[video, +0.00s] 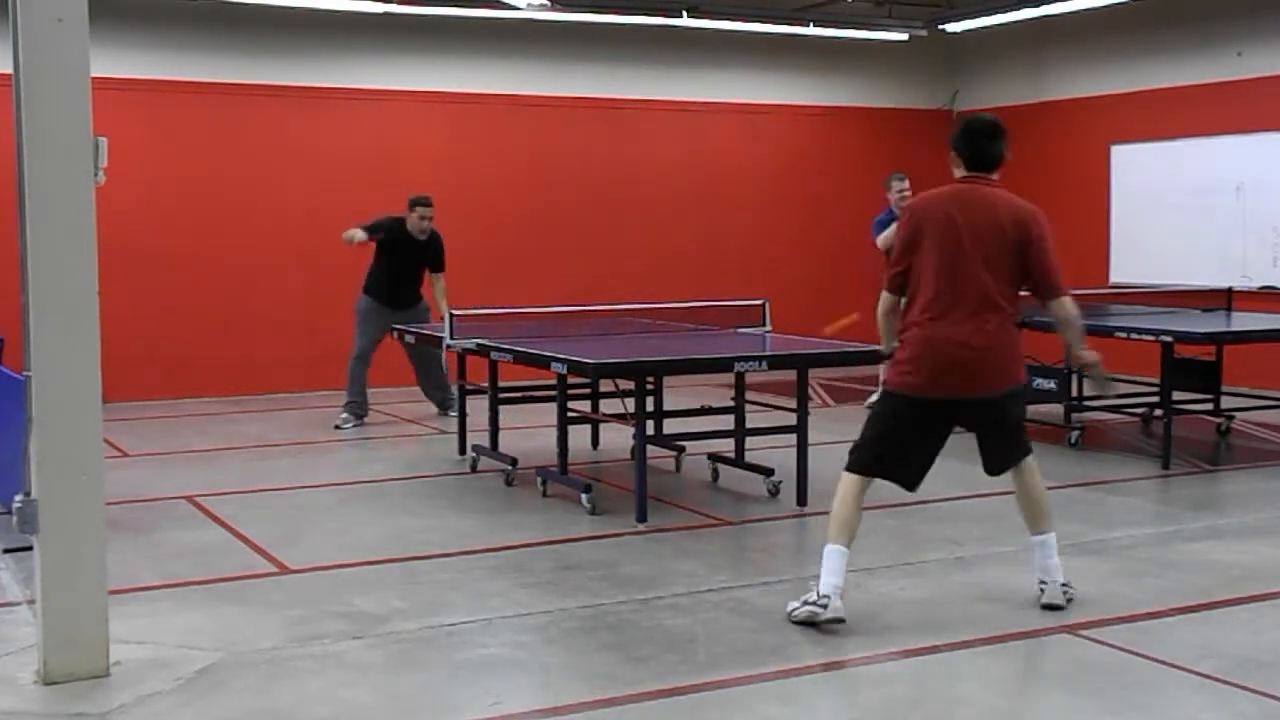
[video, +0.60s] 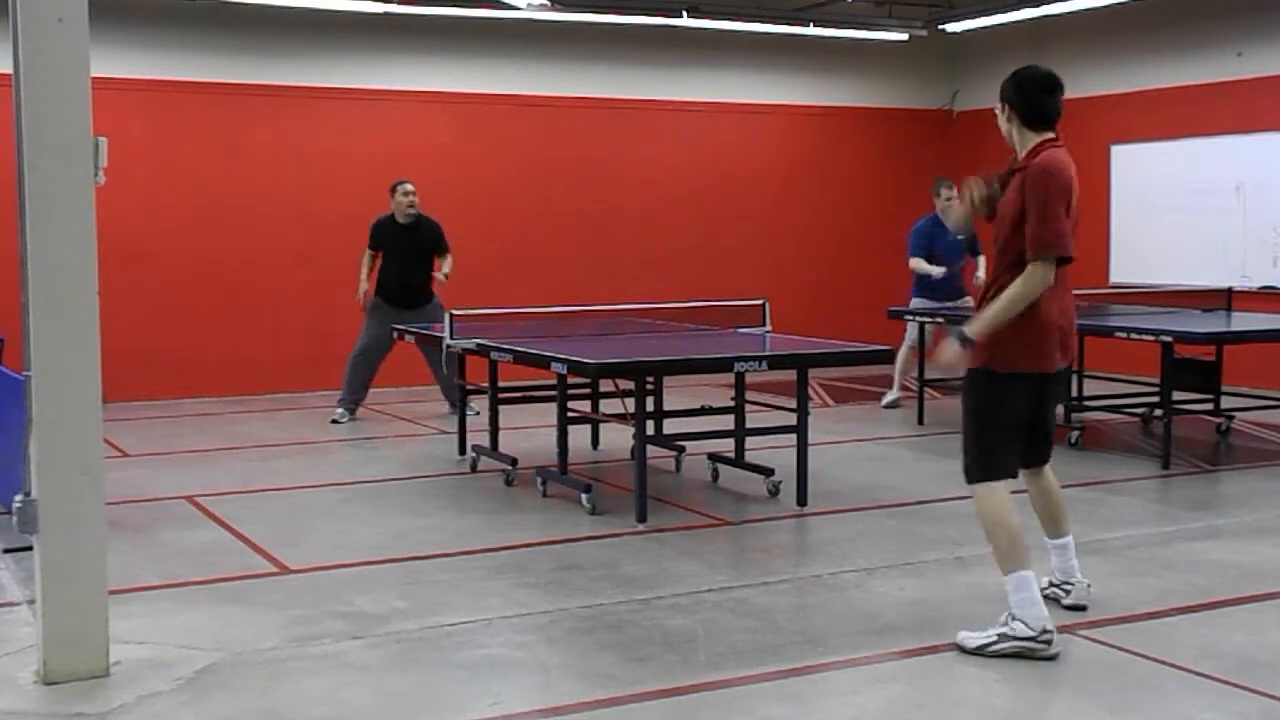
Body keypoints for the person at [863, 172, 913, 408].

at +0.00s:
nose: (905, 196)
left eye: (907, 191)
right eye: (899, 192)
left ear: (912, 192)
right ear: (888, 196)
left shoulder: (921, 215)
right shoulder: (882, 221)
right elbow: (882, 243)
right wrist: (907, 219)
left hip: (922, 281)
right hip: (896, 283)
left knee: (919, 331)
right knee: (891, 337)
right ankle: (884, 386)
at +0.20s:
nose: (920, 195)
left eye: (922, 190)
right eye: (915, 191)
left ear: (925, 193)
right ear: (901, 193)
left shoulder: (930, 219)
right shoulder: (894, 220)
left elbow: (942, 246)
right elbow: (892, 251)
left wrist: (914, 243)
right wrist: (923, 241)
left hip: (932, 291)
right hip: (902, 292)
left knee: (934, 343)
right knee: (891, 344)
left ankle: (937, 395)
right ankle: (883, 389)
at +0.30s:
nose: (931, 199)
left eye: (933, 194)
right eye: (926, 194)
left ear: (935, 197)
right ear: (912, 197)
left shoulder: (941, 227)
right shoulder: (902, 226)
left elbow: (948, 252)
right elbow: (900, 255)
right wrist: (931, 249)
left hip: (937, 297)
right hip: (908, 297)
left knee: (938, 350)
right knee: (895, 348)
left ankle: (937, 398)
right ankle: (884, 390)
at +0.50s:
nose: (950, 200)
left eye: (952, 196)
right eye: (945, 196)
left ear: (956, 199)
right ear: (933, 199)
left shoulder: (959, 226)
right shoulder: (921, 226)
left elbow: (969, 254)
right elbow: (911, 257)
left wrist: (974, 276)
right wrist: (937, 260)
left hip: (951, 297)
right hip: (922, 298)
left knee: (968, 345)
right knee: (906, 342)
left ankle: (973, 397)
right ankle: (889, 389)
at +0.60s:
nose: (952, 204)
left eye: (955, 199)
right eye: (947, 199)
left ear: (959, 200)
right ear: (936, 201)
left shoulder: (964, 226)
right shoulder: (924, 228)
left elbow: (978, 253)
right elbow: (914, 261)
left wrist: (981, 272)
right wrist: (933, 270)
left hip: (958, 296)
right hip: (926, 297)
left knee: (976, 339)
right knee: (911, 342)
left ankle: (978, 391)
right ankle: (896, 389)